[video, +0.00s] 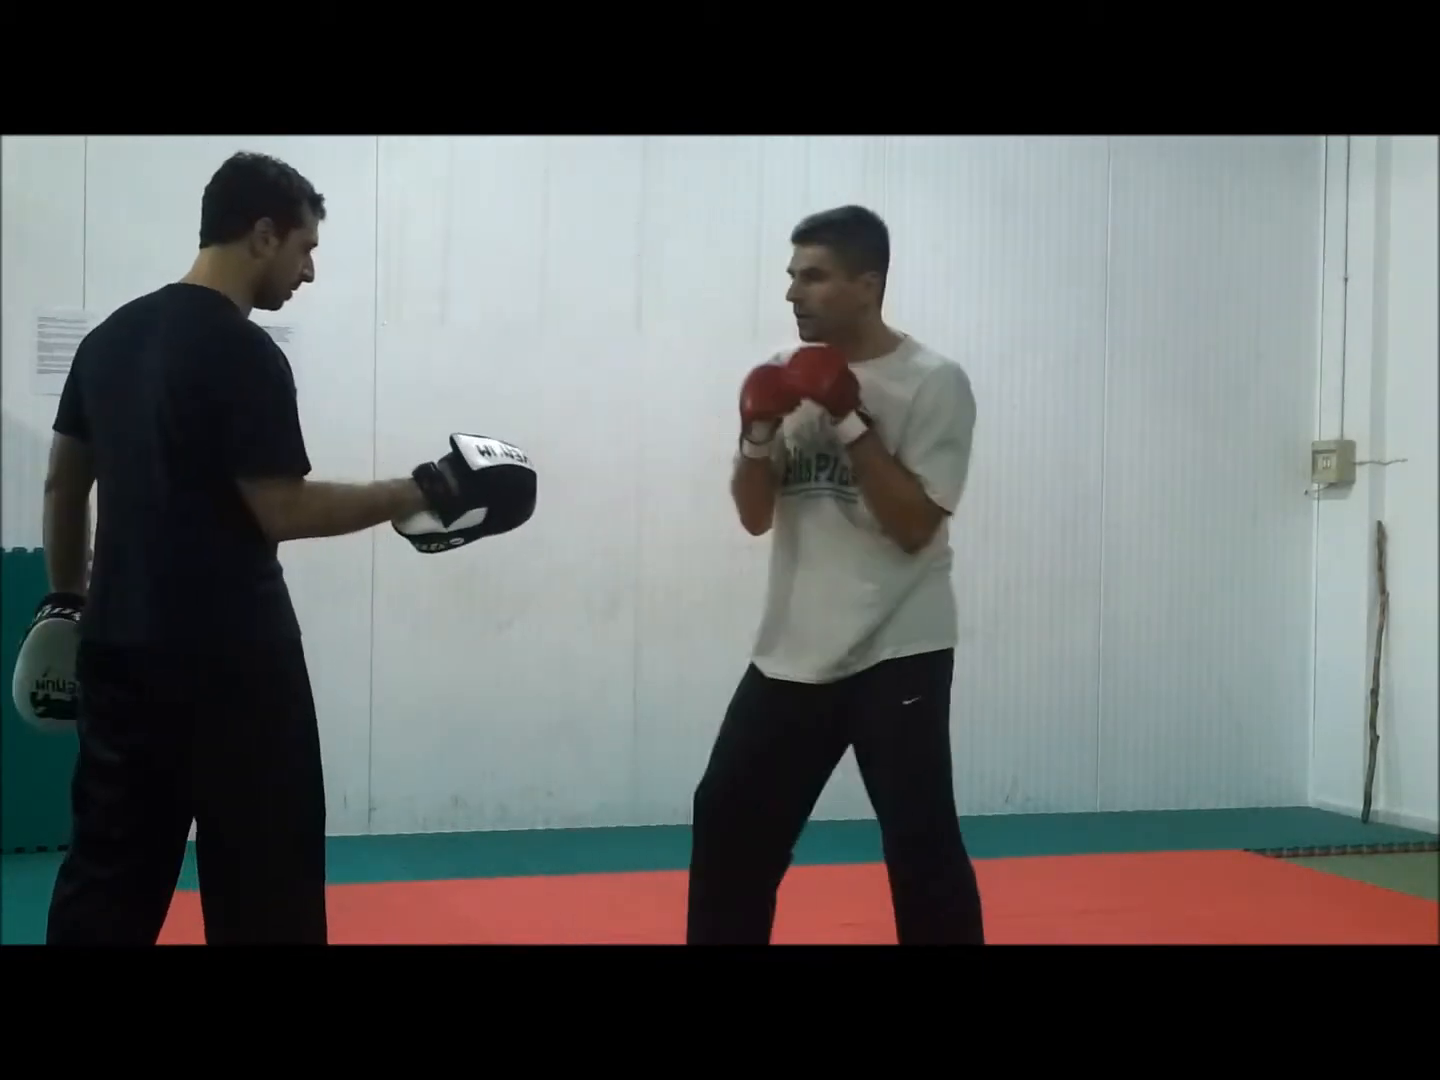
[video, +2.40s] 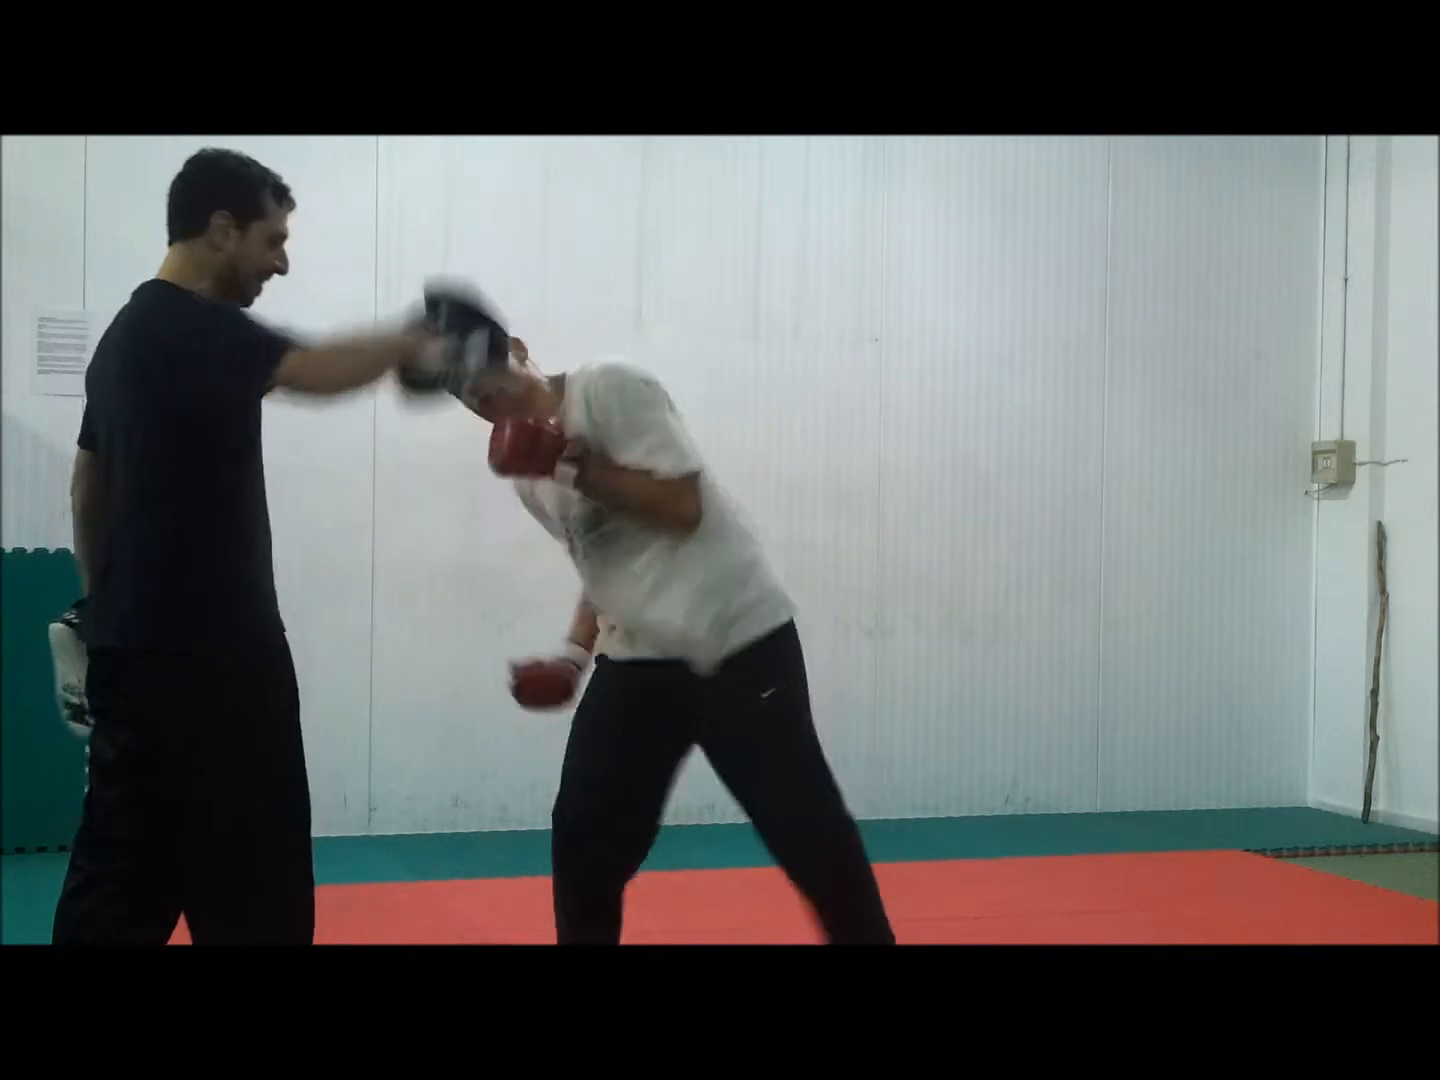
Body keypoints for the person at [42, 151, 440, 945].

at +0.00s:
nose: (310, 270)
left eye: (314, 250)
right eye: (308, 246)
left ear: (218, 232)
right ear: (263, 233)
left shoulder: (108, 339)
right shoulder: (246, 353)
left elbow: (65, 487)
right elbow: (284, 510)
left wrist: (64, 603)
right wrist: (420, 492)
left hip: (122, 656)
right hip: (238, 663)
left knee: (106, 881)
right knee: (267, 888)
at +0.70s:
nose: (300, 270)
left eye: (304, 249)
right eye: (298, 245)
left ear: (217, 231)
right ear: (255, 231)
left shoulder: (103, 337)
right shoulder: (241, 345)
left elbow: (60, 487)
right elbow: (287, 499)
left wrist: (78, 602)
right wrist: (414, 480)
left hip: (120, 657)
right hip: (237, 658)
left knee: (106, 880)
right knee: (268, 887)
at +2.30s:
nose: (290, 263)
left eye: (291, 244)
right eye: (281, 241)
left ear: (220, 234)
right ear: (228, 230)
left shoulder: (127, 337)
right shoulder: (206, 334)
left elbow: (90, 488)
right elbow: (294, 413)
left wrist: (95, 599)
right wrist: (409, 395)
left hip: (130, 645)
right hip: (220, 644)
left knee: (121, 866)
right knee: (263, 871)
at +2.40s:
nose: (282, 261)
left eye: (284, 241)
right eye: (274, 238)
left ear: (213, 231)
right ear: (221, 228)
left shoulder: (126, 335)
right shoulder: (206, 329)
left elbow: (91, 490)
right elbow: (314, 369)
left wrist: (103, 602)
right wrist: (410, 339)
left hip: (134, 646)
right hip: (222, 647)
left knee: (120, 867)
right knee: (259, 874)